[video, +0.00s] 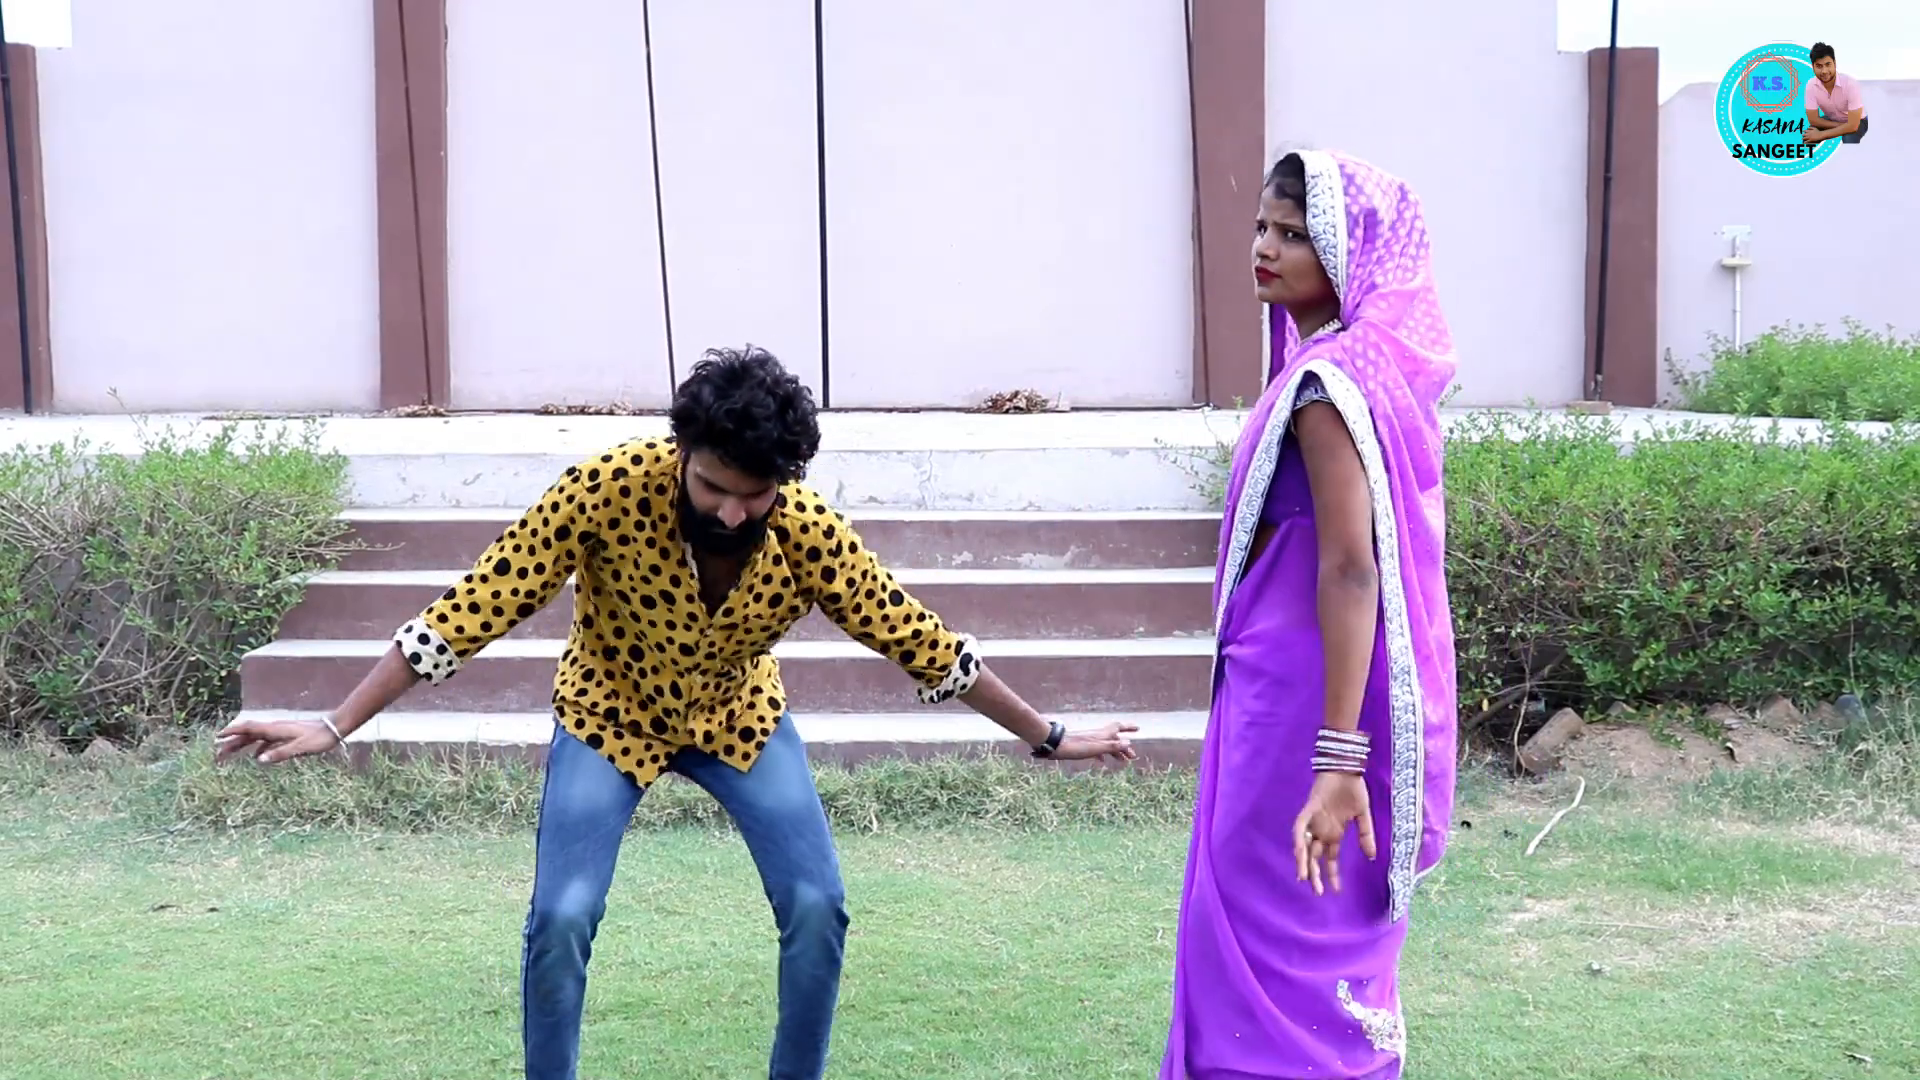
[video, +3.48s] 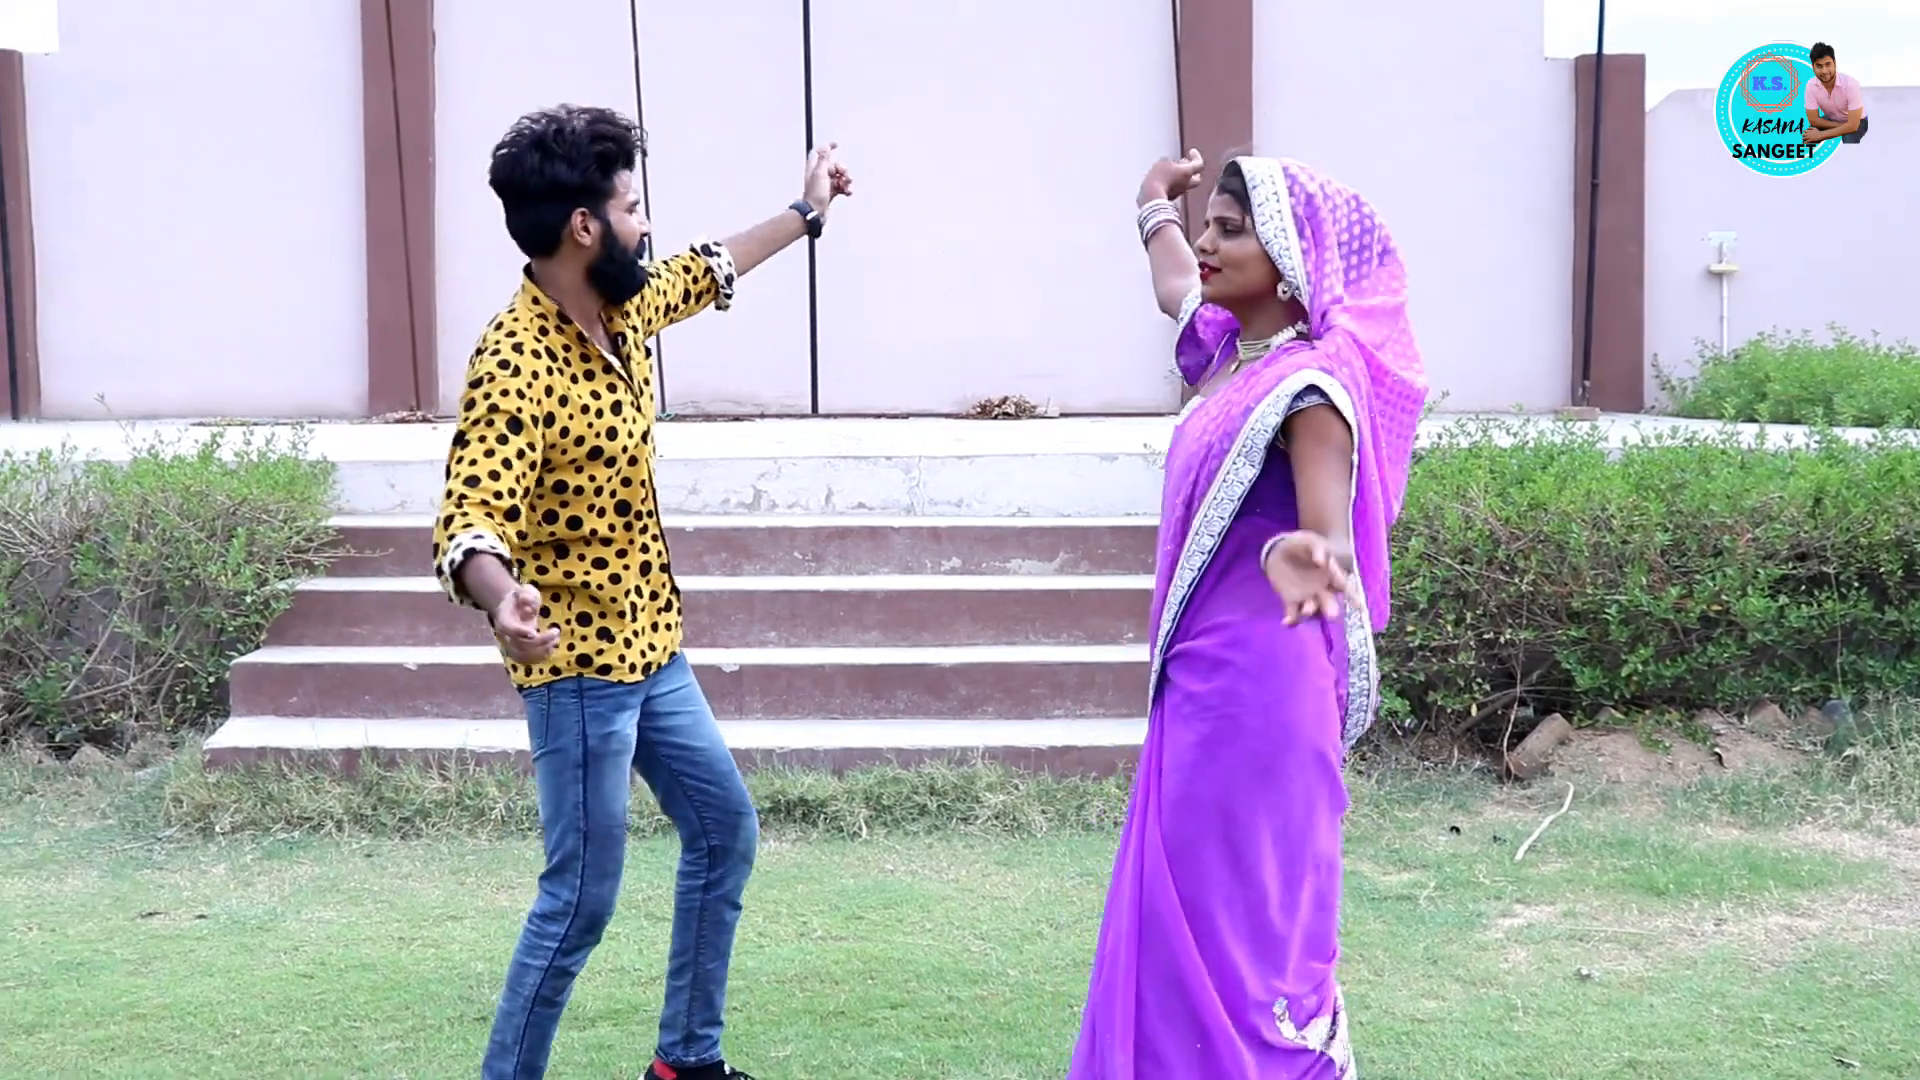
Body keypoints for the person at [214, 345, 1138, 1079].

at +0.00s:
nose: (734, 511)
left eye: (757, 496)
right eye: (717, 487)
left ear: (786, 474)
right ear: (681, 445)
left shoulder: (805, 528)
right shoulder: (610, 488)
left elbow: (917, 641)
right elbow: (477, 605)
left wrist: (1044, 734)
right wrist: (332, 723)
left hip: (738, 712)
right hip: (607, 711)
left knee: (818, 906)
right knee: (561, 916)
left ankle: (794, 1078)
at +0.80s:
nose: (655, 396)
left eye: (680, 380)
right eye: (640, 370)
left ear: (714, 369)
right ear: (615, 344)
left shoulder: (726, 419)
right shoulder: (546, 427)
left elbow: (799, 532)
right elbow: (427, 560)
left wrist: (895, 626)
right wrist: (315, 719)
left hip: (611, 662)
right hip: (503, 659)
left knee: (713, 845)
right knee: (529, 888)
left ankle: (656, 1059)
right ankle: (468, 1073)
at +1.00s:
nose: (574, 302)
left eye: (593, 281)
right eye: (550, 281)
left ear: (617, 287)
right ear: (514, 285)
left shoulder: (622, 388)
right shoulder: (467, 400)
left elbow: (718, 489)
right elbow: (361, 532)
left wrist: (835, 551)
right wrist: (244, 652)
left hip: (578, 680)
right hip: (465, 685)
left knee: (673, 876)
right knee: (470, 918)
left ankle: (600, 1066)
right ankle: (413, 1072)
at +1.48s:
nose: (438, 202)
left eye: (452, 183)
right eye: (411, 189)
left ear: (477, 201)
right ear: (375, 220)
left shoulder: (507, 339)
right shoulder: (364, 337)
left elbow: (648, 396)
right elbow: (270, 422)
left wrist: (794, 406)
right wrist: (180, 486)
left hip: (530, 662)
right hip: (423, 671)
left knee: (604, 856)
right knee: (408, 912)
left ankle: (553, 1062)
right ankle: (355, 1070)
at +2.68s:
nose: (367, 223)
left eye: (370, 200)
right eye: (334, 218)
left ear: (390, 206)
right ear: (298, 255)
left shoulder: (462, 334)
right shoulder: (314, 363)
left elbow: (594, 319)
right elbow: (264, 438)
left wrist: (727, 245)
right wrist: (223, 483)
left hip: (513, 663)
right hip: (409, 682)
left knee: (600, 862)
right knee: (426, 932)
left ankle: (560, 1065)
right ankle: (370, 1074)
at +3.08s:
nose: (502, 211)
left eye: (495, 192)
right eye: (474, 202)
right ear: (413, 241)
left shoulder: (523, 317)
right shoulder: (394, 365)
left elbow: (641, 312)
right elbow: (351, 487)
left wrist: (751, 230)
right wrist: (327, 546)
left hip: (556, 663)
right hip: (468, 676)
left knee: (643, 845)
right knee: (490, 918)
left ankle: (611, 1068)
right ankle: (430, 1073)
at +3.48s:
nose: (646, 220)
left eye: (641, 201)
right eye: (631, 205)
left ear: (586, 224)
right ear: (579, 226)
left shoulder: (621, 306)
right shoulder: (516, 361)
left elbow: (703, 271)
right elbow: (470, 516)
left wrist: (804, 212)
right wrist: (500, 589)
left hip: (650, 651)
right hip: (574, 665)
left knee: (725, 833)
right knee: (579, 898)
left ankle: (688, 1056)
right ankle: (508, 1071)